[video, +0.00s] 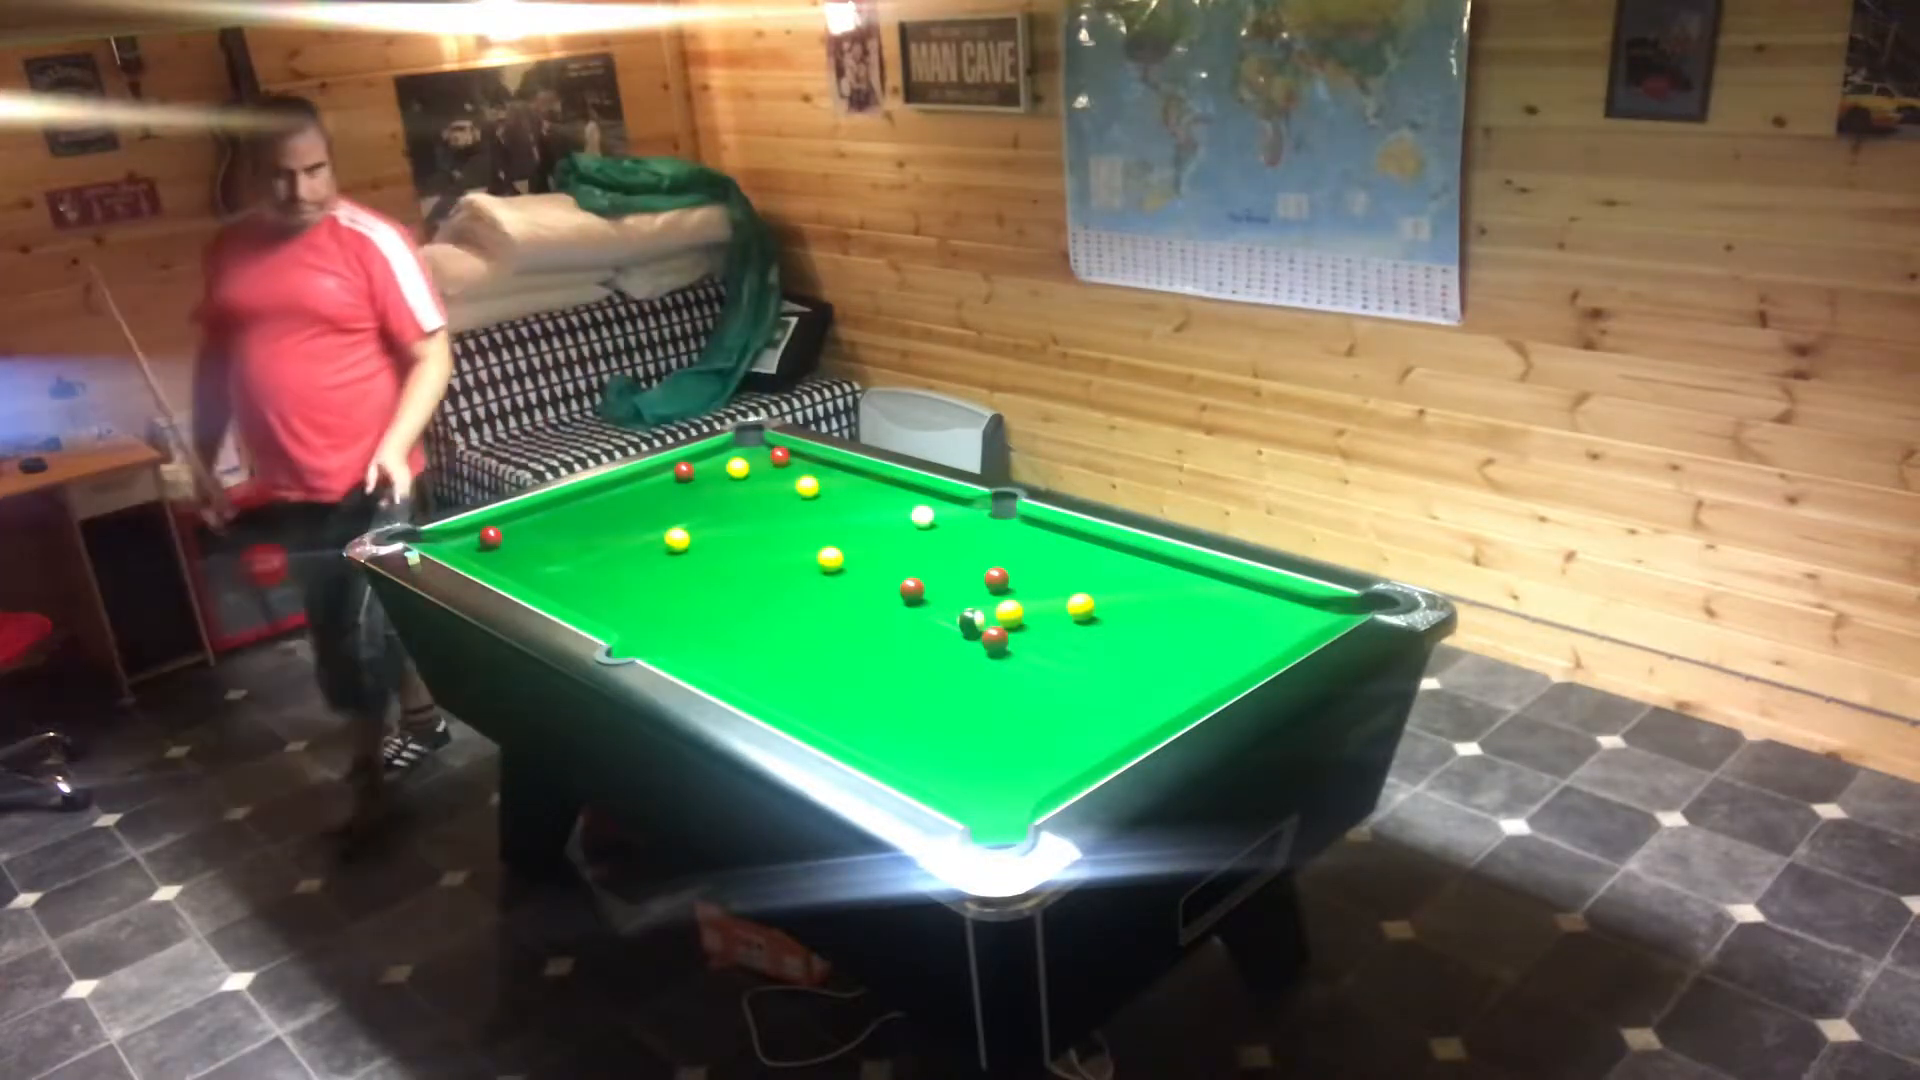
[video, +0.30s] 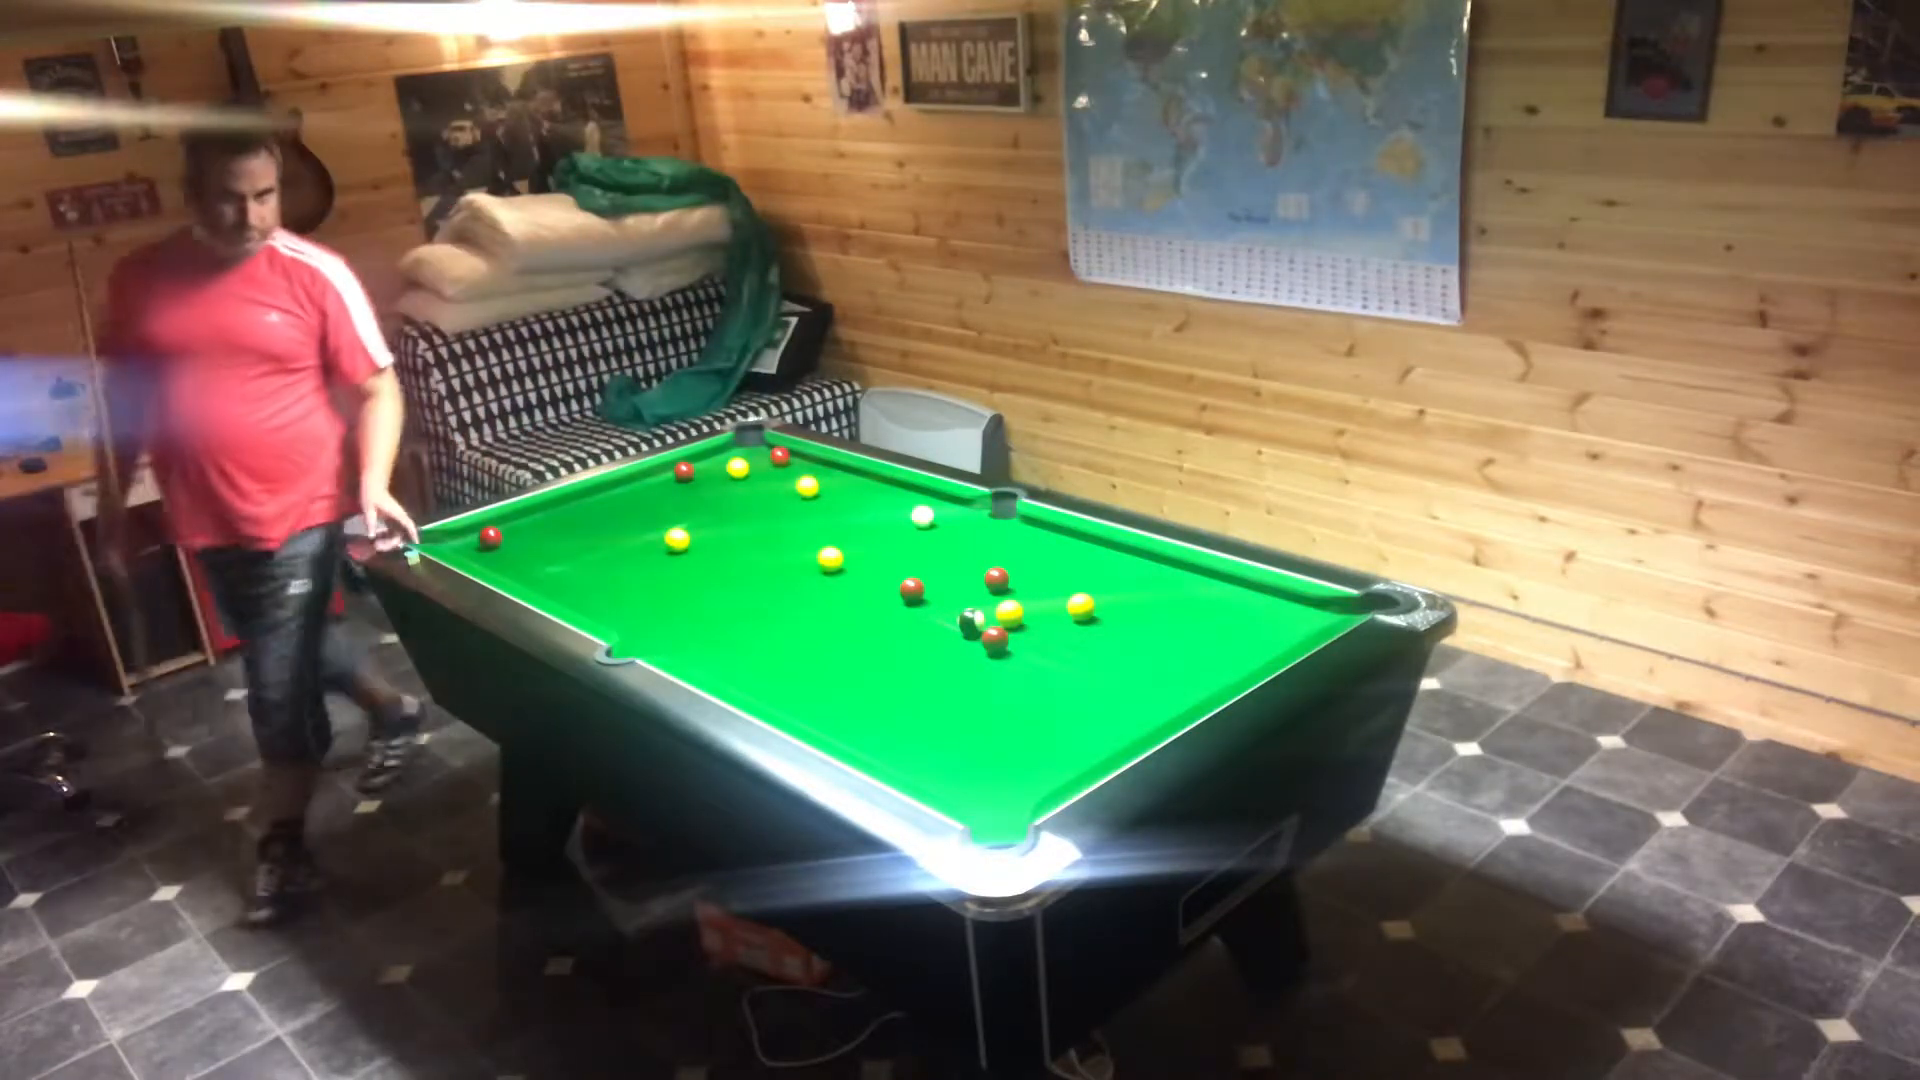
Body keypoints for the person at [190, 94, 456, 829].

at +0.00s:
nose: (298, 190)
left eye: (313, 171)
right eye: (279, 175)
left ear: (333, 167)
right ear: (249, 178)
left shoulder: (372, 241)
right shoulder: (233, 253)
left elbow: (433, 354)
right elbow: (216, 359)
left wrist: (397, 447)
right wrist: (207, 457)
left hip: (372, 485)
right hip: (291, 493)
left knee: (349, 644)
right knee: (364, 615)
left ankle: (371, 775)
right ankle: (421, 715)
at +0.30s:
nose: (251, 214)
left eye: (264, 195)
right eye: (229, 199)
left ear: (281, 189)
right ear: (192, 196)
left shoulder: (317, 276)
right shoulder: (141, 283)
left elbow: (379, 386)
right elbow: (122, 405)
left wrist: (373, 486)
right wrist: (116, 503)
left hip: (302, 515)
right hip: (211, 526)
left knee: (277, 690)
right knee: (301, 644)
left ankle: (281, 849)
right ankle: (400, 712)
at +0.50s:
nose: (222, 219)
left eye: (235, 199)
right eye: (200, 203)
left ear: (247, 191)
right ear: (153, 198)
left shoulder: (282, 284)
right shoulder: (85, 289)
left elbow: (338, 398)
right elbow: (45, 428)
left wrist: (369, 504)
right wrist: (60, 544)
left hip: (262, 555)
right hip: (148, 563)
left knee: (273, 722)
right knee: (179, 719)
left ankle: (282, 852)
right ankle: (270, 752)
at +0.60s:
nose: (205, 224)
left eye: (218, 204)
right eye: (183, 207)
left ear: (232, 194)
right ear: (135, 202)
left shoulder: (267, 291)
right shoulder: (63, 297)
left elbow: (323, 407)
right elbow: (25, 442)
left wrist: (367, 511)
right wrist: (52, 555)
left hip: (248, 573)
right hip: (130, 583)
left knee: (275, 729)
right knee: (154, 746)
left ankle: (285, 848)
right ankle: (211, 847)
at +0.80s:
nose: (171, 240)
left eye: (182, 220)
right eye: (148, 224)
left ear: (189, 210)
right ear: (83, 218)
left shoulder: (224, 308)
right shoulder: (26, 326)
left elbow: (293, 419)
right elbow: (17, 462)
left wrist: (359, 519)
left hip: (224, 607)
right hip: (100, 627)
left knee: (264, 752)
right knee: (139, 806)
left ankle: (281, 849)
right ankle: (157, 984)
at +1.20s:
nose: (121, 254)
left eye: (122, 233)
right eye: (97, 237)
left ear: (120, 231)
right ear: (23, 244)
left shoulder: (144, 338)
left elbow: (208, 464)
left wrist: (281, 572)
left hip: (177, 673)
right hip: (40, 706)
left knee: (216, 849)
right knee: (104, 893)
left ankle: (242, 915)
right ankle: (159, 1018)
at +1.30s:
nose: (125, 261)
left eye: (124, 239)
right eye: (100, 244)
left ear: (120, 236)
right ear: (28, 253)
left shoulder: (138, 347)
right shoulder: (5, 376)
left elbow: (193, 479)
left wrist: (241, 600)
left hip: (177, 683)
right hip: (40, 717)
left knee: (218, 872)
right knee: (104, 902)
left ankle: (257, 1026)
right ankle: (160, 1018)